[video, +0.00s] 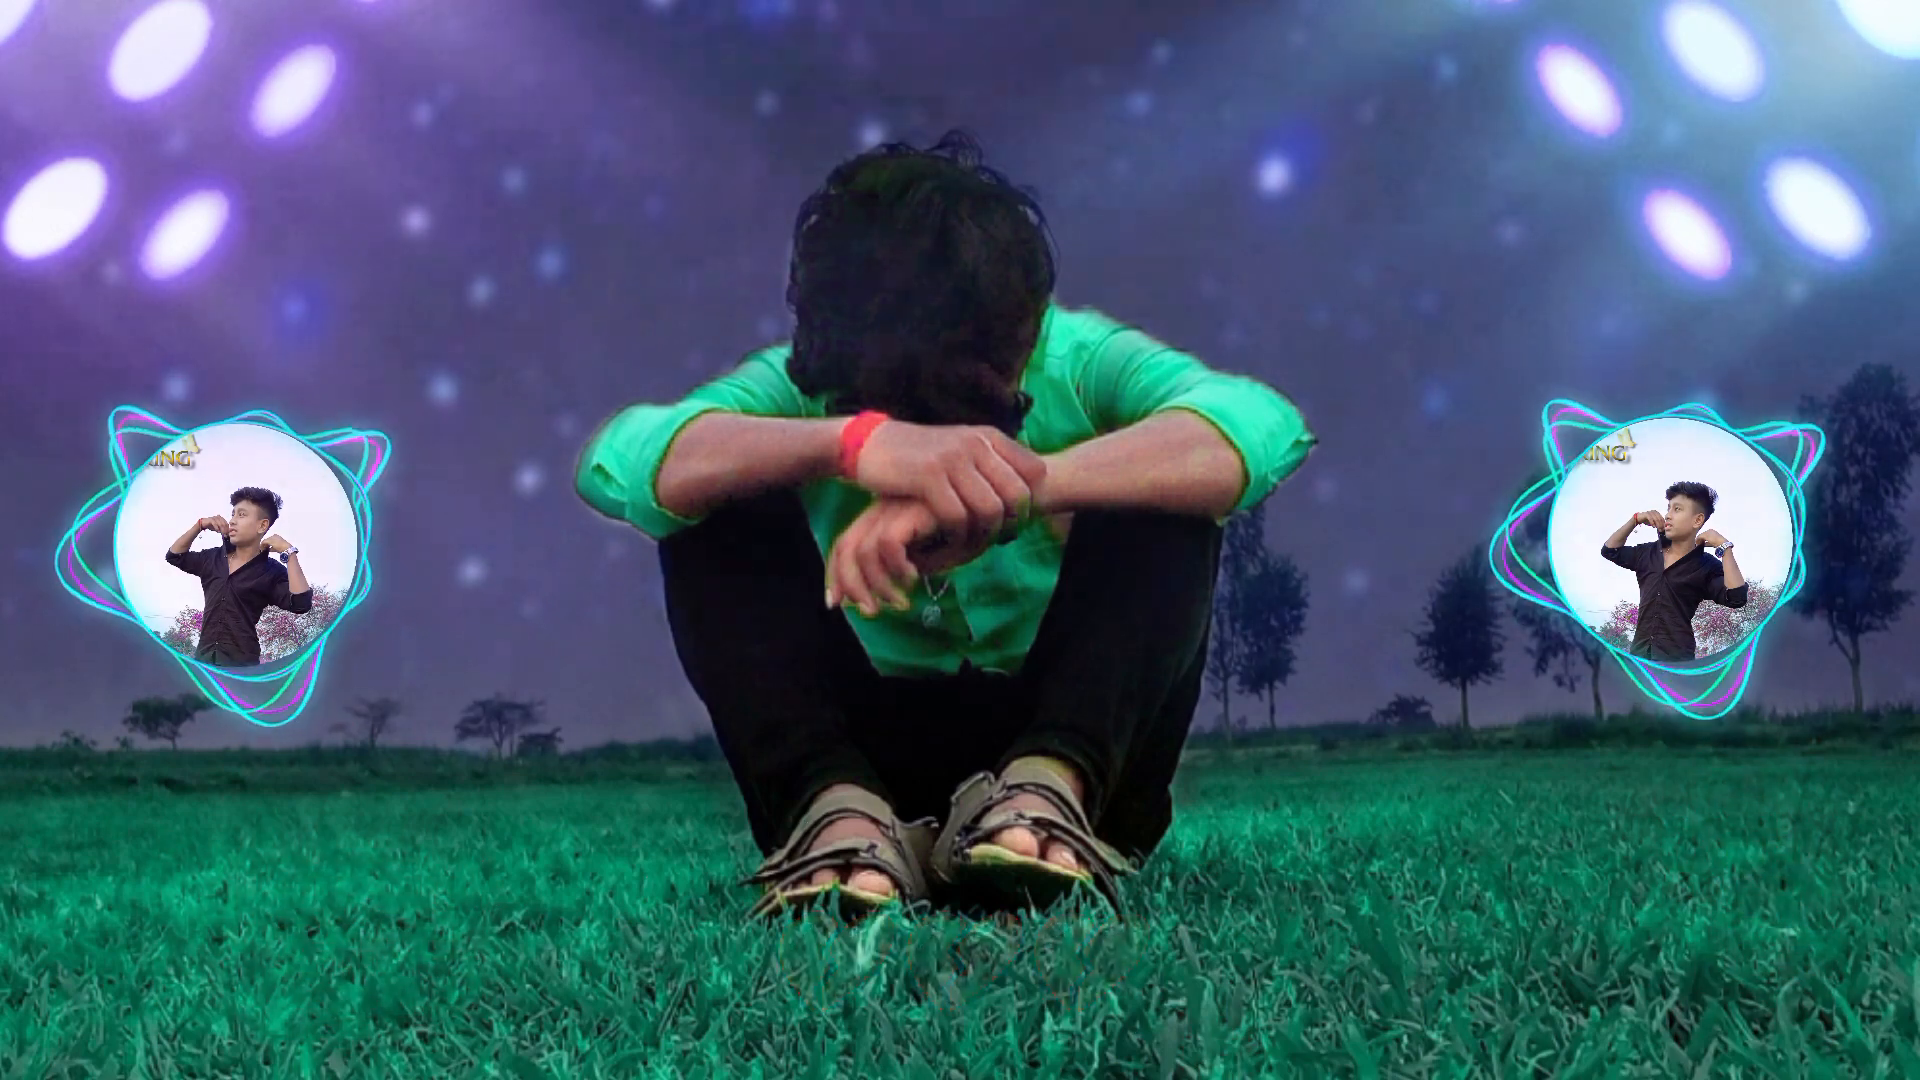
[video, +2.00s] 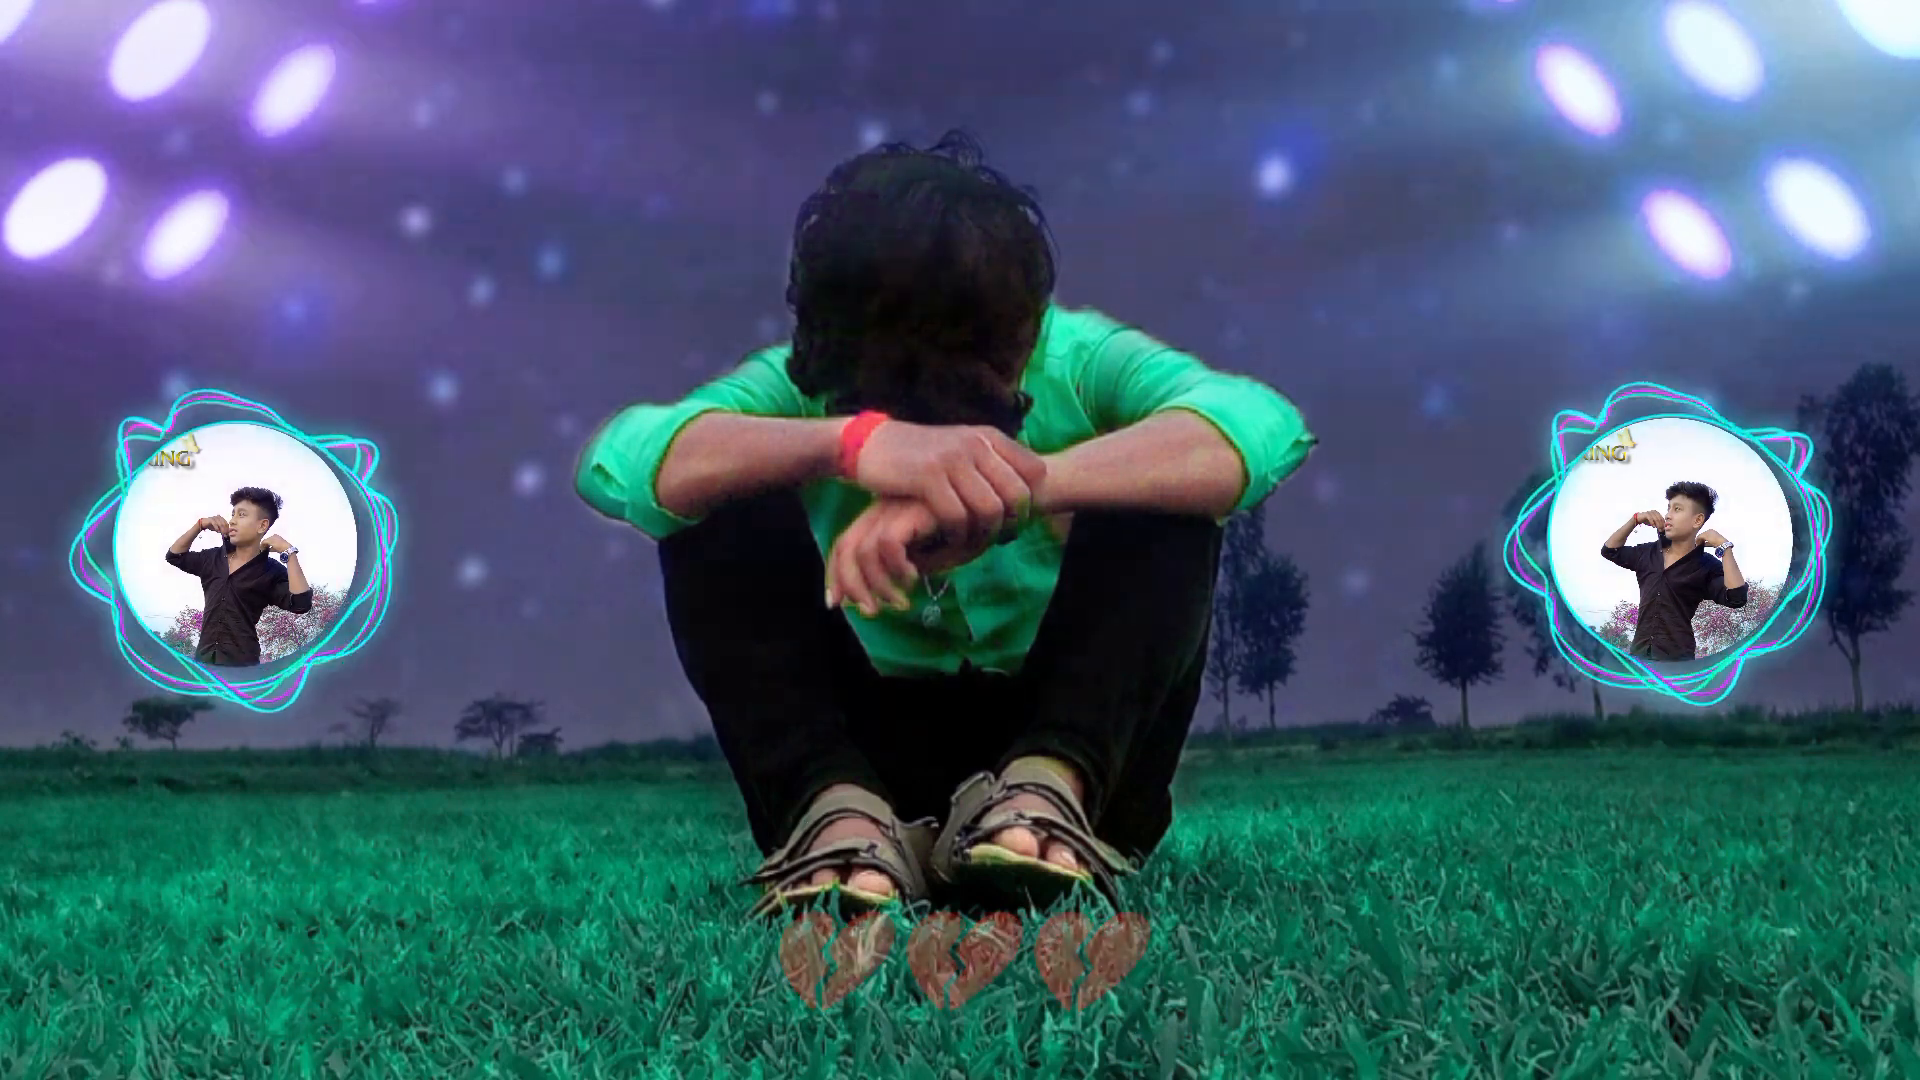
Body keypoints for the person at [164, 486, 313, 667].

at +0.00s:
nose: (232, 521)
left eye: (242, 515)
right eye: (233, 514)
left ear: (263, 525)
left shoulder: (270, 570)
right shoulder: (212, 558)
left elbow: (301, 605)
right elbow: (174, 557)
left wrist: (290, 553)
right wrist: (199, 526)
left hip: (242, 662)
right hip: (203, 658)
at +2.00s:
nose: (232, 521)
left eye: (242, 515)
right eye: (233, 515)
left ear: (263, 525)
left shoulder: (270, 570)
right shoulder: (212, 558)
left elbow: (301, 604)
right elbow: (174, 557)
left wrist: (289, 553)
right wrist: (199, 526)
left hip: (242, 665)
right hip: (203, 660)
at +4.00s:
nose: (232, 521)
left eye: (242, 515)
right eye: (233, 514)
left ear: (263, 525)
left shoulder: (270, 569)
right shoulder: (212, 558)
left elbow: (301, 605)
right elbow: (174, 556)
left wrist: (290, 553)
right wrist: (199, 526)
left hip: (242, 661)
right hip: (204, 657)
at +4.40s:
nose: (232, 521)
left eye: (242, 515)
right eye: (233, 514)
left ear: (263, 525)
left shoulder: (270, 570)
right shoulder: (212, 558)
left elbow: (301, 604)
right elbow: (174, 556)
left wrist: (289, 553)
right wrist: (199, 526)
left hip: (242, 663)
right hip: (203, 658)